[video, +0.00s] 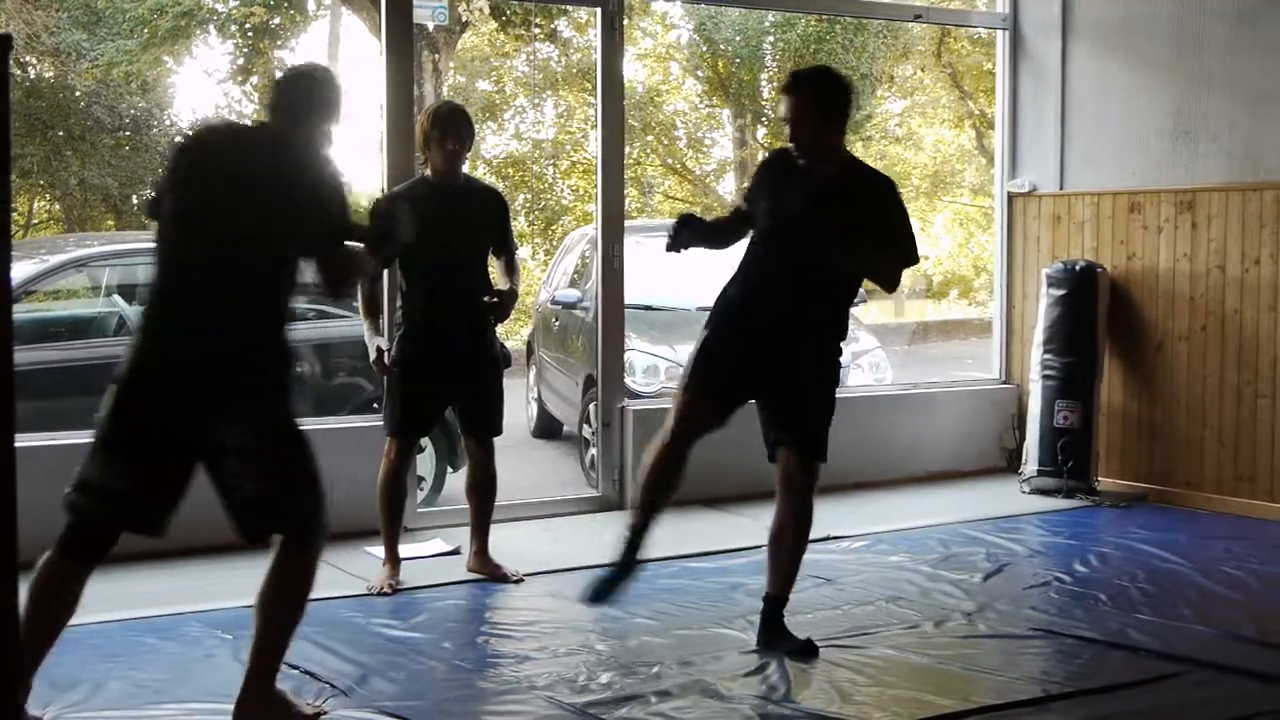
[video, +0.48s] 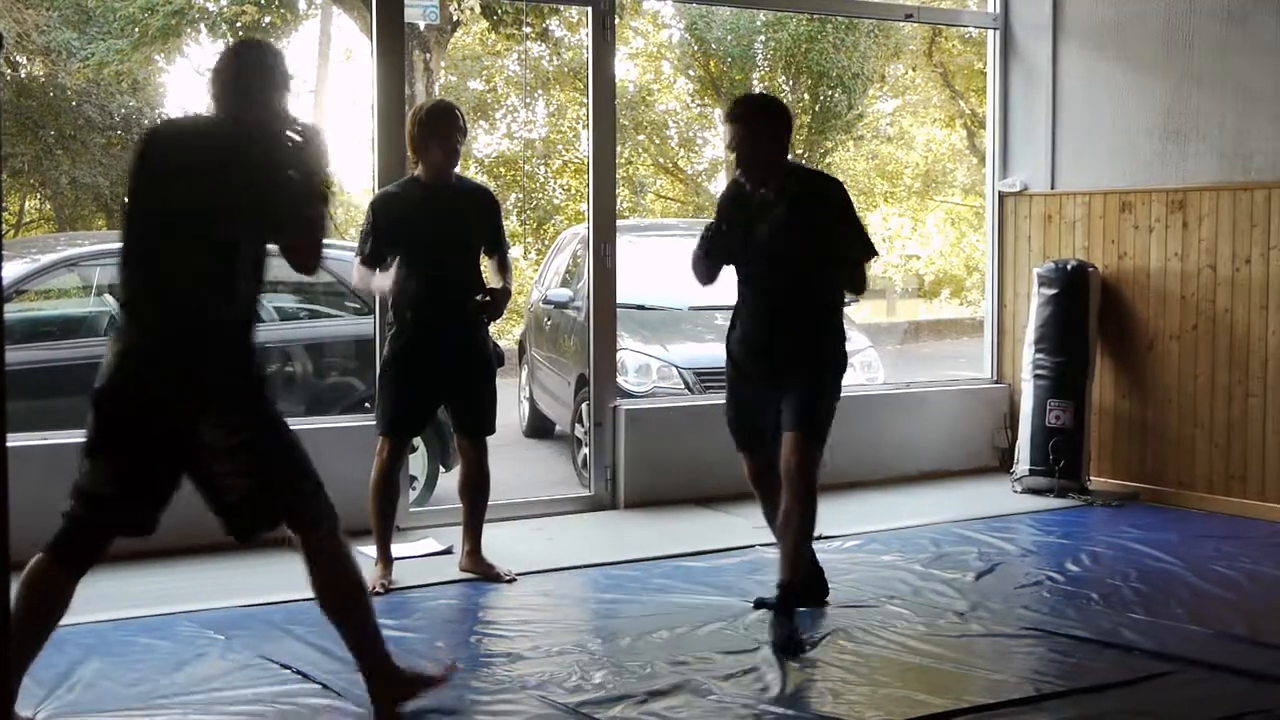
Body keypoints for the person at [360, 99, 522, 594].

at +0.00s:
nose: (452, 148)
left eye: (460, 139)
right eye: (443, 139)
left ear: (470, 144)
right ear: (425, 142)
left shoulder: (488, 200)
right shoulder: (397, 204)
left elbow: (508, 258)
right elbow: (371, 274)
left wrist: (510, 293)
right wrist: (375, 338)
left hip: (473, 337)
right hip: (416, 339)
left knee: (480, 446)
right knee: (399, 448)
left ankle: (479, 553)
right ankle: (390, 562)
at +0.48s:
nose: (454, 145)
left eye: (457, 136)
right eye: (445, 136)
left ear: (463, 140)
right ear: (420, 141)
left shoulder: (479, 199)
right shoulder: (390, 203)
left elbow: (500, 260)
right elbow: (361, 273)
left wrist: (503, 294)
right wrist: (385, 282)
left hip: (467, 336)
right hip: (410, 339)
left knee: (473, 445)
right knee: (391, 447)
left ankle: (471, 552)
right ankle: (382, 562)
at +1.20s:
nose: (506, 148)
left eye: (503, 140)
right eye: (499, 140)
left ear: (473, 145)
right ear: (475, 146)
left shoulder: (490, 204)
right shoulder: (430, 199)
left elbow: (491, 267)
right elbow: (411, 279)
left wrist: (518, 298)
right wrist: (453, 332)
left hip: (489, 339)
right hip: (440, 342)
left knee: (486, 446)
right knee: (415, 452)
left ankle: (474, 552)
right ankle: (388, 561)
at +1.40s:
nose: (514, 152)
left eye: (513, 143)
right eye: (507, 143)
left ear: (489, 146)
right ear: (482, 146)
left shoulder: (502, 208)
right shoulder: (438, 198)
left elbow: (505, 270)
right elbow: (411, 272)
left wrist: (529, 309)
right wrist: (433, 334)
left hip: (495, 341)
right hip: (447, 340)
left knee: (487, 447)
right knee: (432, 447)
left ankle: (471, 553)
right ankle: (402, 543)